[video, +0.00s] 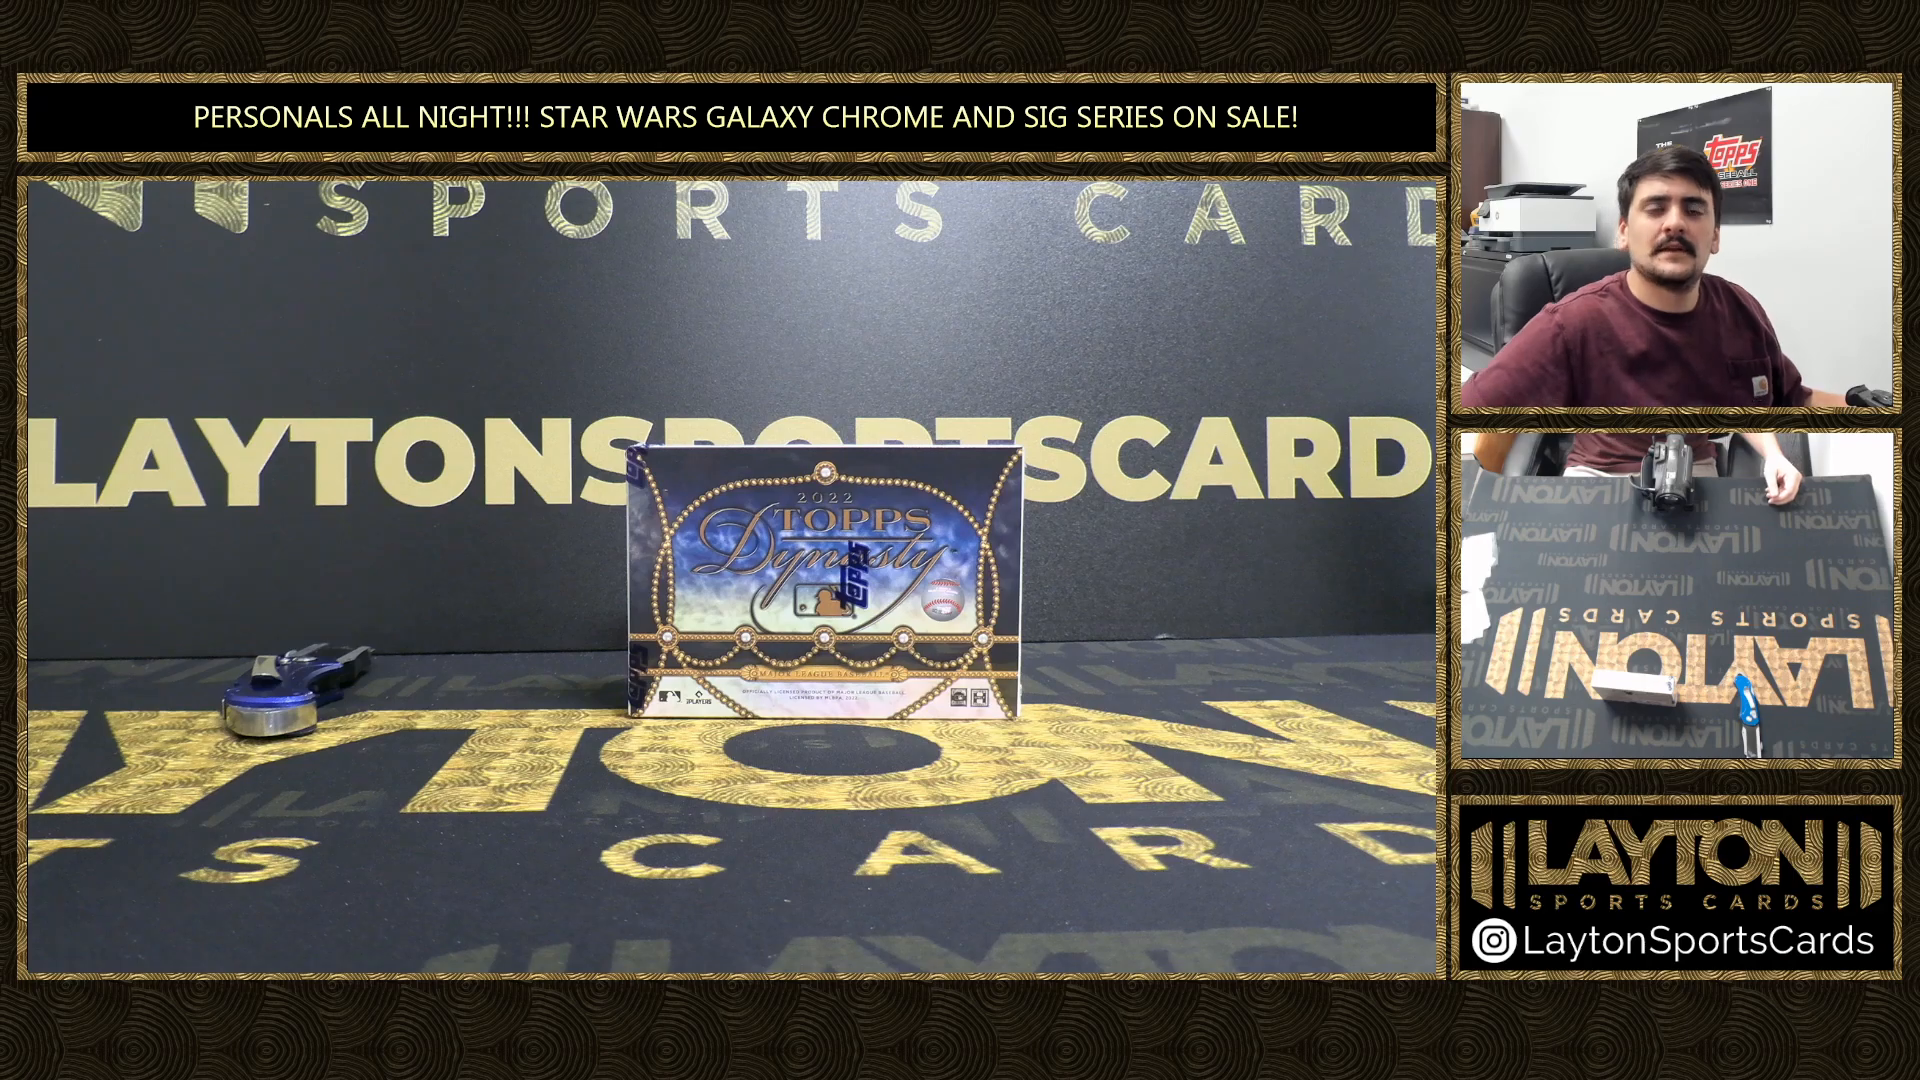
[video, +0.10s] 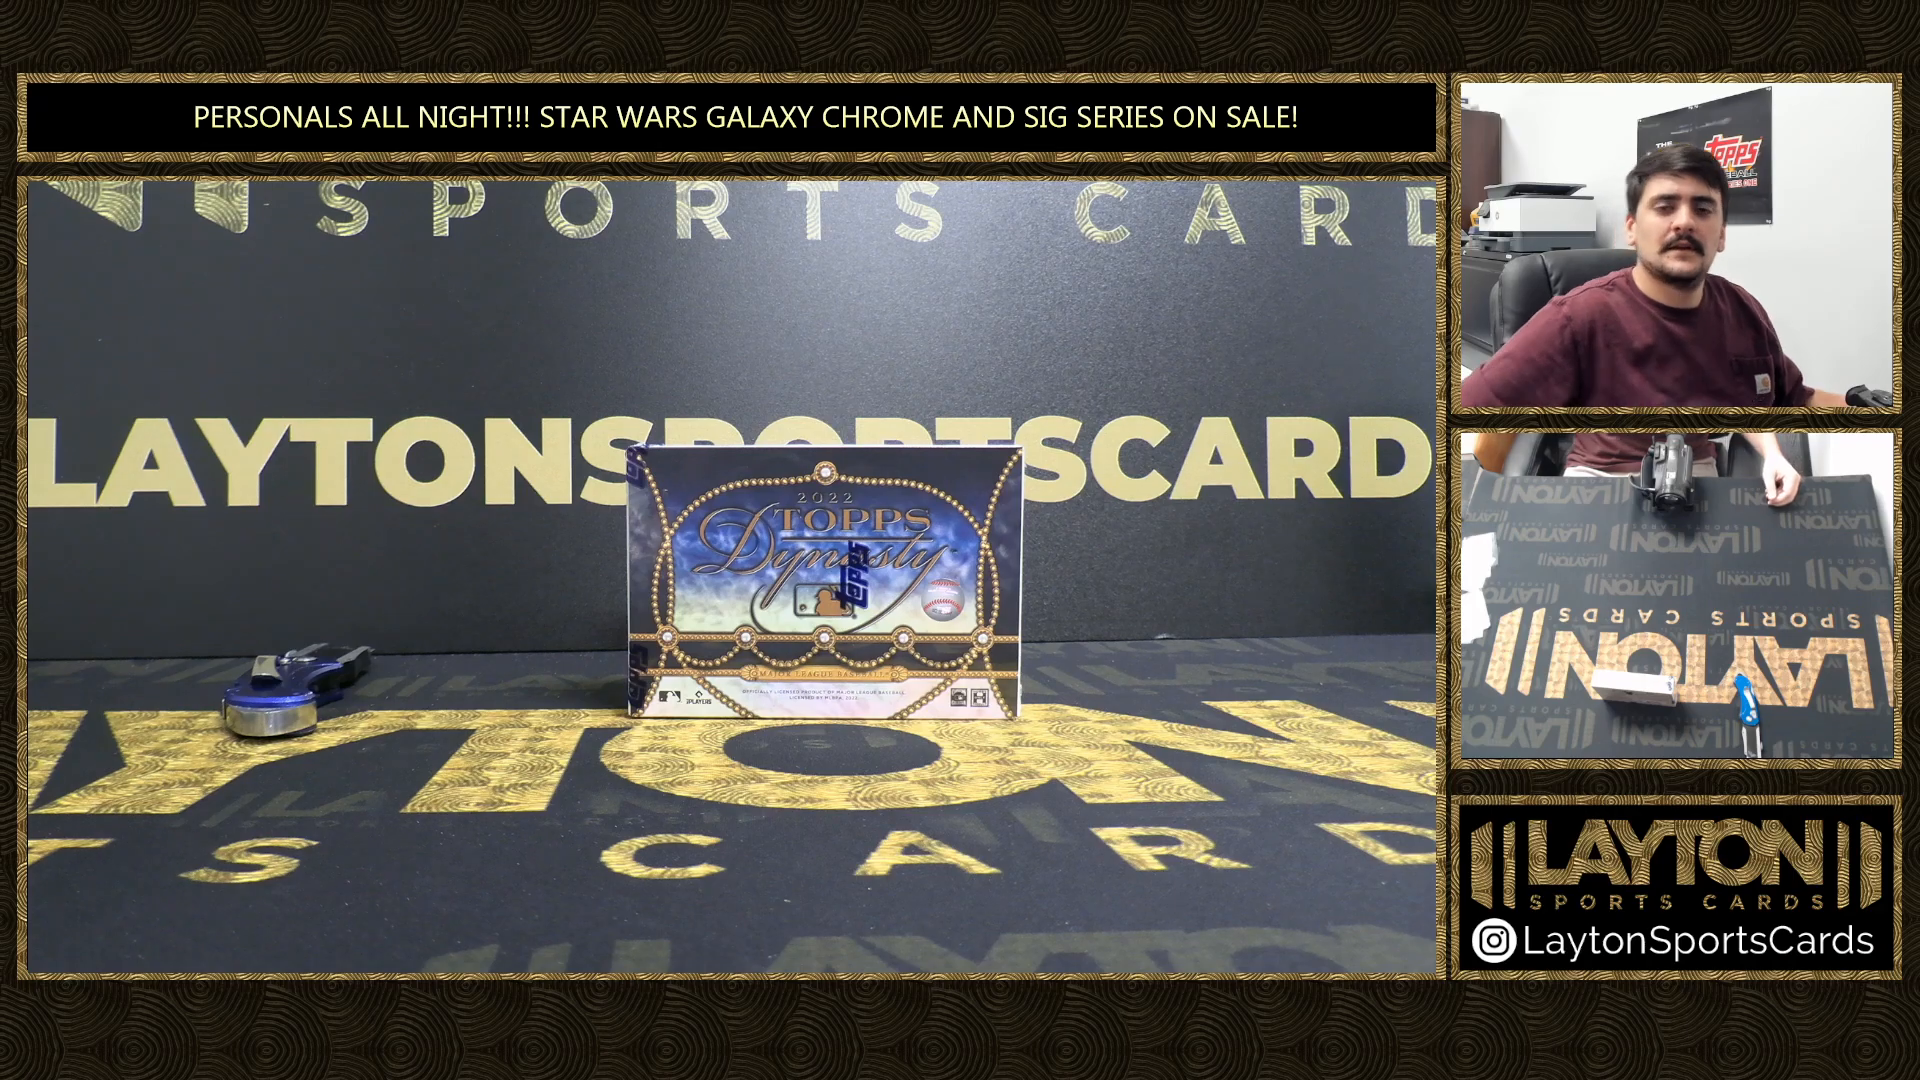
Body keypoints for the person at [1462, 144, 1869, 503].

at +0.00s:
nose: (1674, 223)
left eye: (1693, 209)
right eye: (1655, 208)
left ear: (1715, 238)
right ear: (1624, 234)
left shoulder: (1738, 310)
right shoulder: (1576, 323)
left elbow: (1789, 400)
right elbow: (1488, 446)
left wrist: (1876, 410)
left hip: (1710, 507)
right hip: (1596, 508)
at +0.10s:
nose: (1684, 222)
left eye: (1702, 209)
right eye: (1664, 206)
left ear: (1722, 236)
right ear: (1631, 230)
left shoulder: (1739, 311)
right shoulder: (1581, 316)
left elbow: (1786, 399)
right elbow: (1483, 419)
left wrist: (1878, 410)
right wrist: (1495, 515)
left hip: (1709, 509)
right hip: (1594, 509)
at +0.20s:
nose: (1700, 222)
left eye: (1718, 208)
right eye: (1681, 206)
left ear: (1735, 233)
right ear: (1645, 227)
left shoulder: (1745, 312)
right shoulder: (1590, 313)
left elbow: (1799, 394)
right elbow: (1487, 423)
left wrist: (1877, 405)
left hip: (1712, 512)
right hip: (1596, 512)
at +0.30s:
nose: (1710, 223)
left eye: (1727, 209)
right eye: (1690, 206)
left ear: (1743, 233)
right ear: (1652, 226)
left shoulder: (1752, 314)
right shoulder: (1597, 312)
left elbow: (1809, 392)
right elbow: (1488, 431)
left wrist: (1878, 403)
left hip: (1716, 516)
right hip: (1598, 515)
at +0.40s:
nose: (1728, 225)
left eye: (1746, 212)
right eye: (1708, 208)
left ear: (1760, 235)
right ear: (1669, 228)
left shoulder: (1768, 317)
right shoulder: (1621, 309)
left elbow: (1842, 388)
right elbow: (1530, 402)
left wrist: (1896, 394)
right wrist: (1496, 441)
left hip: (1719, 513)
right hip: (1604, 508)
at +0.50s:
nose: (1756, 230)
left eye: (1772, 216)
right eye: (1734, 213)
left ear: (1785, 233)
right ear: (1690, 229)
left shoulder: (1790, 320)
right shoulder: (1644, 310)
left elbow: (1876, 383)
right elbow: (1577, 424)